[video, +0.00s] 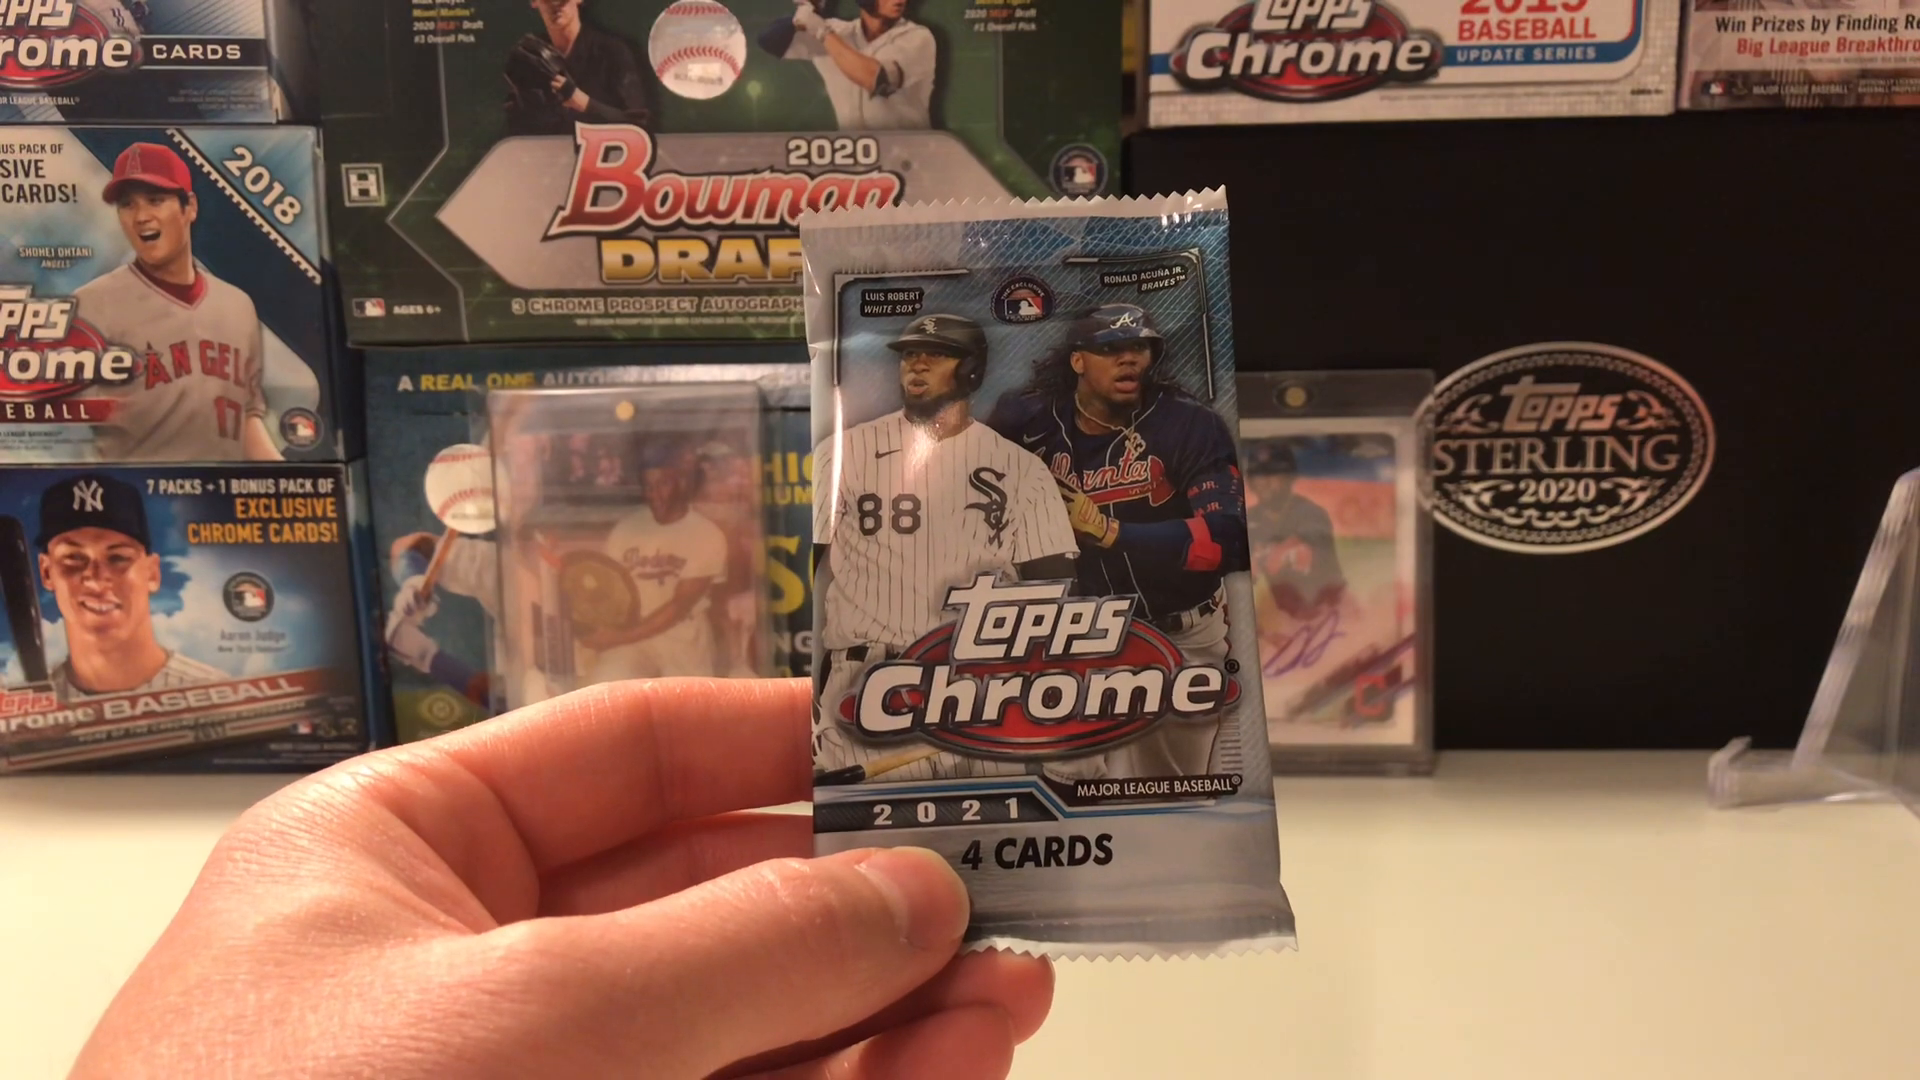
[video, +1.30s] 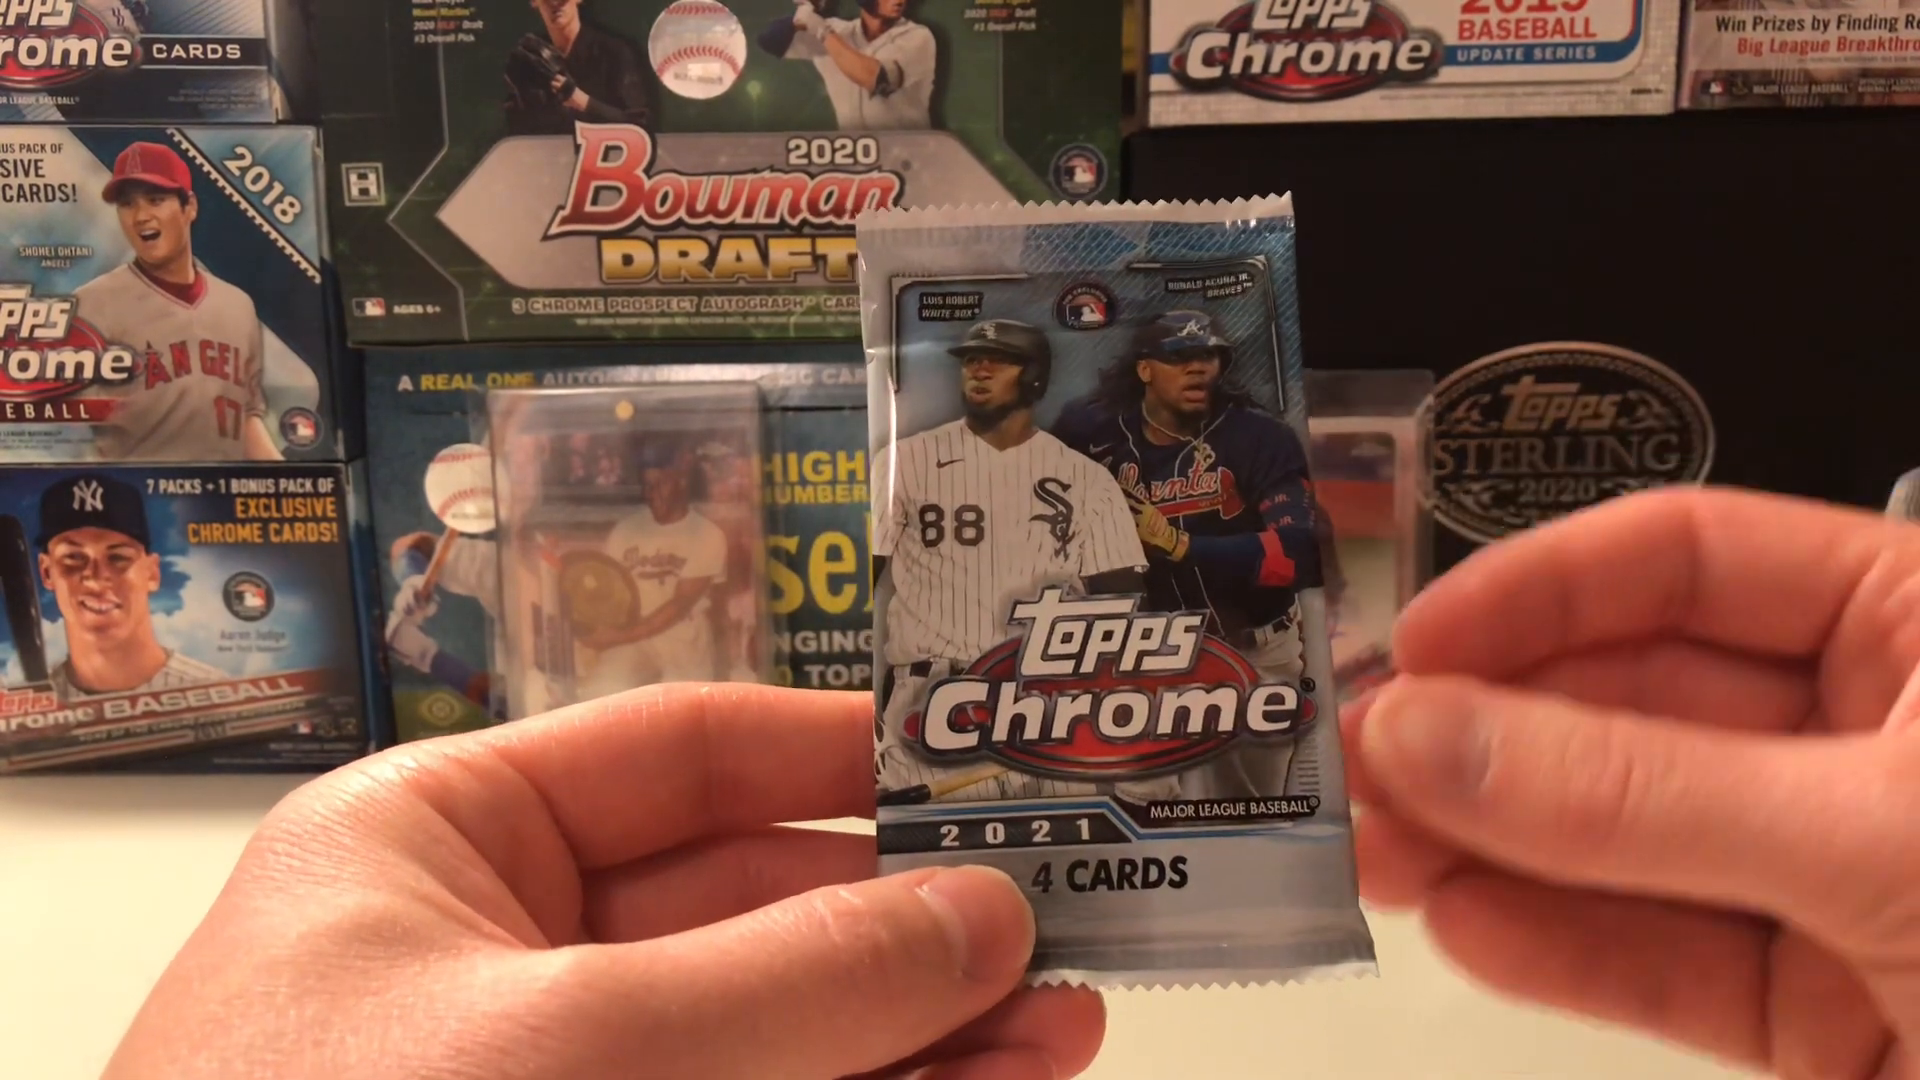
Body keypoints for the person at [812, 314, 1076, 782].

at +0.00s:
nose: (916, 366)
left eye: (933, 356)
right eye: (909, 355)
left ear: (968, 370)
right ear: (899, 365)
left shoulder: (1020, 471)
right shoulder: (840, 456)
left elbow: (1051, 594)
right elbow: (812, 571)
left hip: (975, 694)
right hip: (856, 692)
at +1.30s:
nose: (979, 371)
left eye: (997, 361)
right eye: (972, 360)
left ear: (1033, 378)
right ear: (961, 369)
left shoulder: (1086, 480)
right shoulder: (903, 464)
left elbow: (1121, 607)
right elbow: (866, 590)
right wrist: (870, 713)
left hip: (1042, 713)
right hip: (920, 709)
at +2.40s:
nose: (1032, 370)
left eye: (1051, 360)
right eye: (1025, 359)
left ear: (1087, 377)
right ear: (1014, 369)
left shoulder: (1145, 483)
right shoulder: (957, 464)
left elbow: (1178, 611)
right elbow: (910, 593)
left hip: (1100, 716)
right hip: (979, 714)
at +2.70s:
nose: (1028, 369)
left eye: (1046, 359)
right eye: (1021, 358)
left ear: (1083, 375)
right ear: (1010, 368)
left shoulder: (1139, 478)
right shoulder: (951, 462)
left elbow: (1172, 606)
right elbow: (912, 588)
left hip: (1099, 717)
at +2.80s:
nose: (1038, 376)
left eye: (1055, 366)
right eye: (1031, 365)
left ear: (1091, 382)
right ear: (1020, 375)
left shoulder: (1147, 485)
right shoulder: (959, 468)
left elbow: (1183, 611)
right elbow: (934, 593)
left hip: (1102, 711)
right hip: (982, 710)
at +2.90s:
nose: (1045, 379)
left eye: (1062, 368)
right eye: (1037, 368)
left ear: (1098, 384)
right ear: (1027, 378)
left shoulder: (1156, 486)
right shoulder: (970, 471)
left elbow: (1191, 613)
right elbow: (946, 594)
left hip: (1111, 714)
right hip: (993, 714)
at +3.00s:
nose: (1044, 357)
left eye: (1063, 343)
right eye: (1035, 345)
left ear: (1102, 353)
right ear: (1023, 355)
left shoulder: (1168, 462)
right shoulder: (980, 462)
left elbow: (1210, 591)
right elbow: (972, 593)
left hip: (1142, 732)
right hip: (1022, 738)